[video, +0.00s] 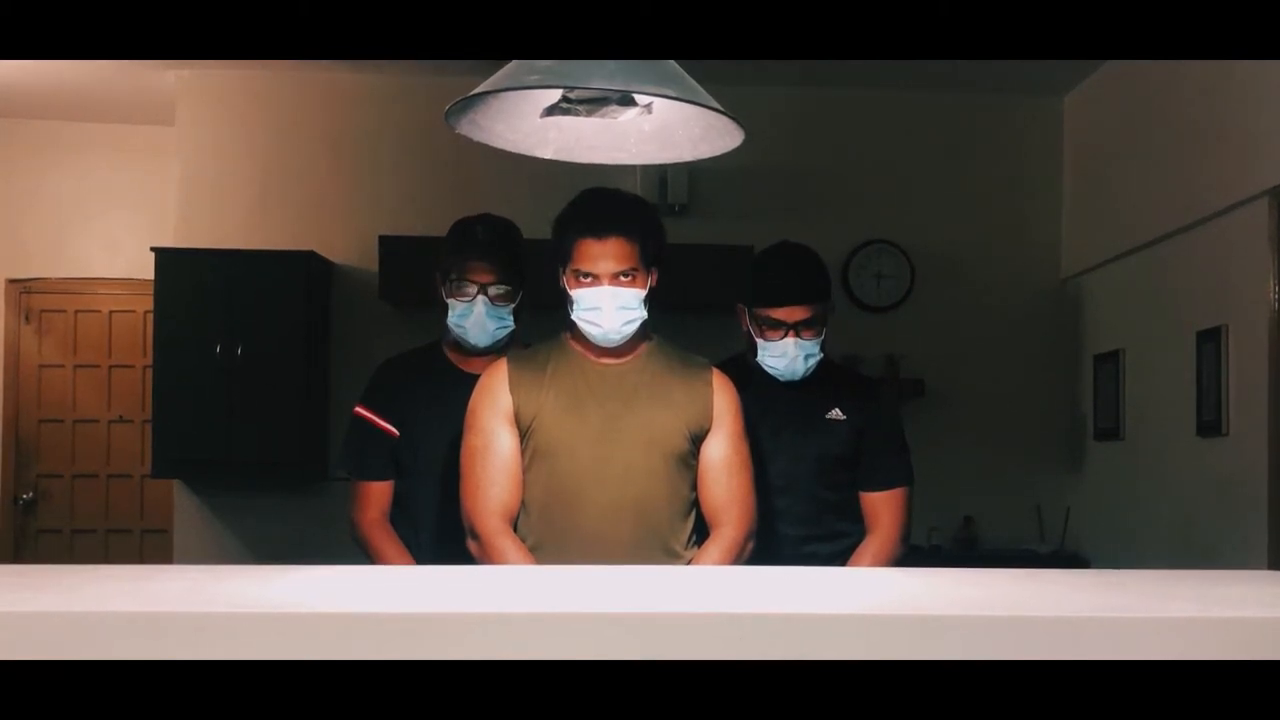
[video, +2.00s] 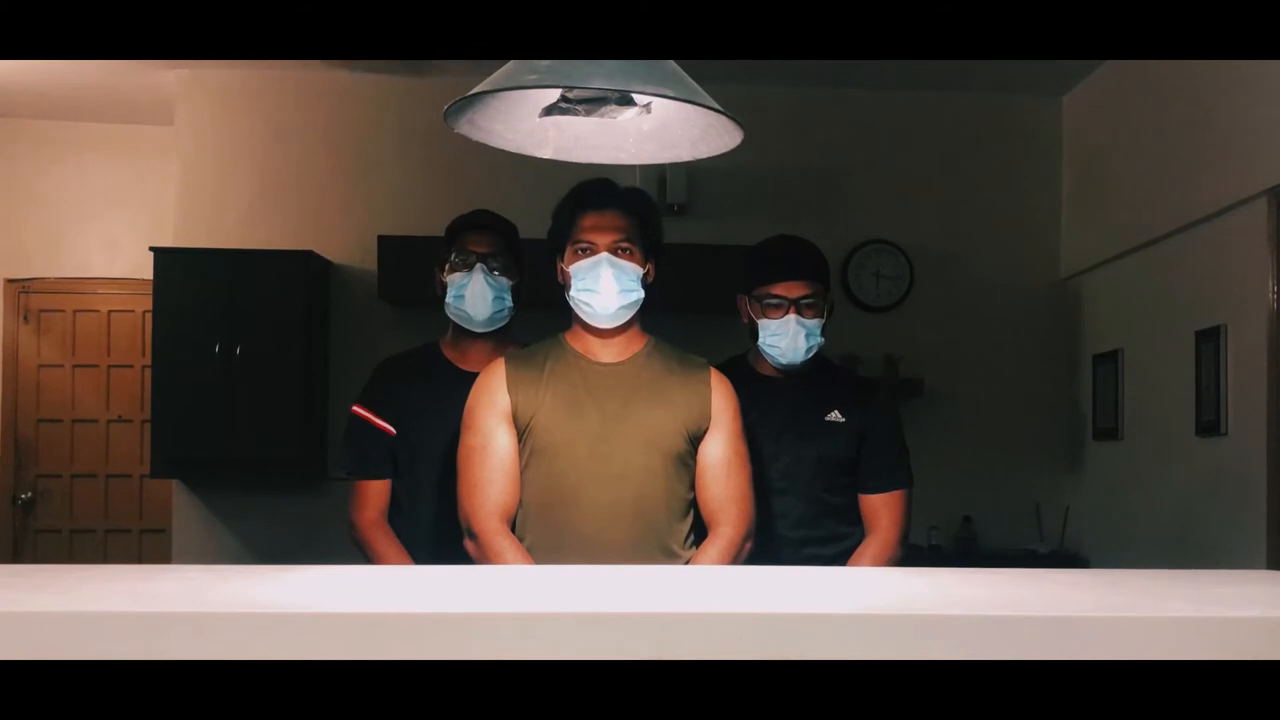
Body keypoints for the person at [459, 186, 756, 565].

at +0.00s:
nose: (606, 295)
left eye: (624, 276)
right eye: (587, 278)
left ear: (649, 279)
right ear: (564, 280)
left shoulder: (707, 390)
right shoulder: (507, 383)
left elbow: (733, 532)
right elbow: (488, 529)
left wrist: (670, 615)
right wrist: (554, 611)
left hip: (667, 615)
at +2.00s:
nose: (603, 266)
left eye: (622, 251)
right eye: (585, 251)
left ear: (647, 270)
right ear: (562, 269)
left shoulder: (706, 389)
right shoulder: (505, 382)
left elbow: (732, 531)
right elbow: (484, 529)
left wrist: (668, 616)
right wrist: (551, 615)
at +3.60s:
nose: (602, 240)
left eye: (621, 233)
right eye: (585, 231)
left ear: (646, 268)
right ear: (562, 263)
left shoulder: (703, 389)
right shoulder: (503, 382)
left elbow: (731, 531)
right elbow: (484, 532)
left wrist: (667, 616)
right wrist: (554, 617)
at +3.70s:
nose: (602, 240)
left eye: (621, 232)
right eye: (585, 231)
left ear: (646, 268)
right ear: (562, 263)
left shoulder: (703, 388)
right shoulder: (503, 382)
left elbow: (731, 531)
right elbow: (484, 531)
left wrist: (668, 616)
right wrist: (553, 616)